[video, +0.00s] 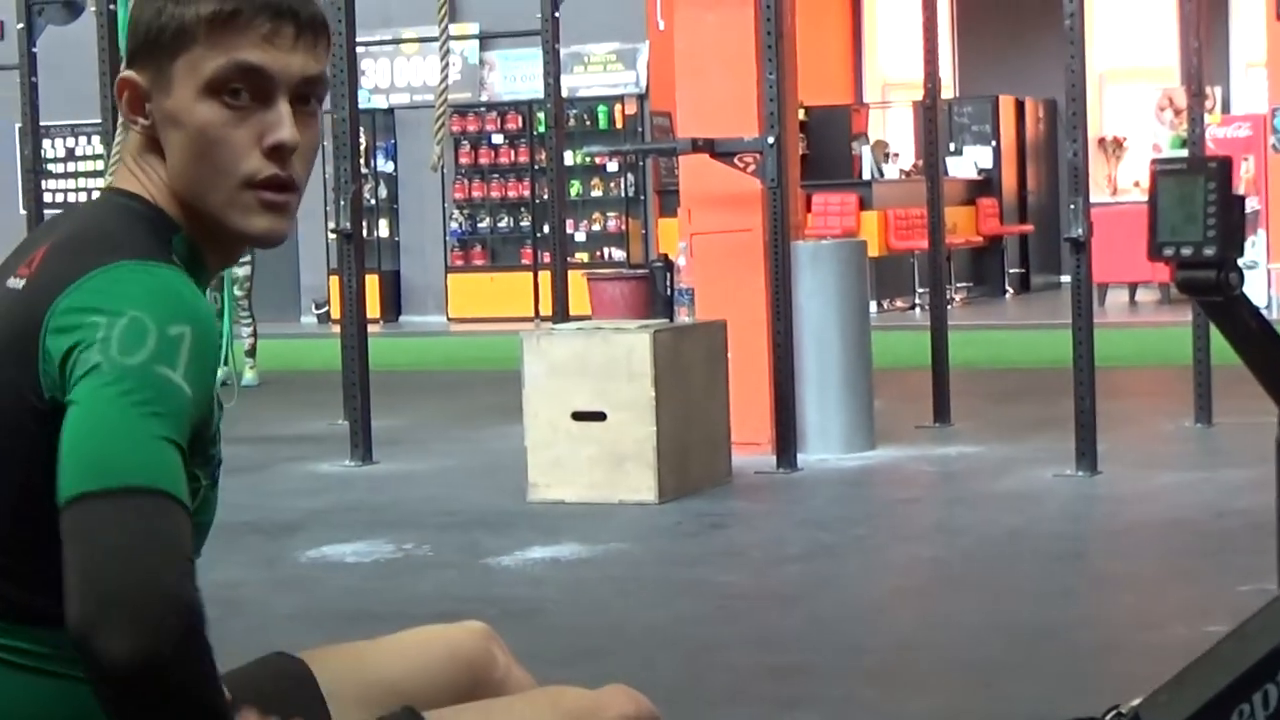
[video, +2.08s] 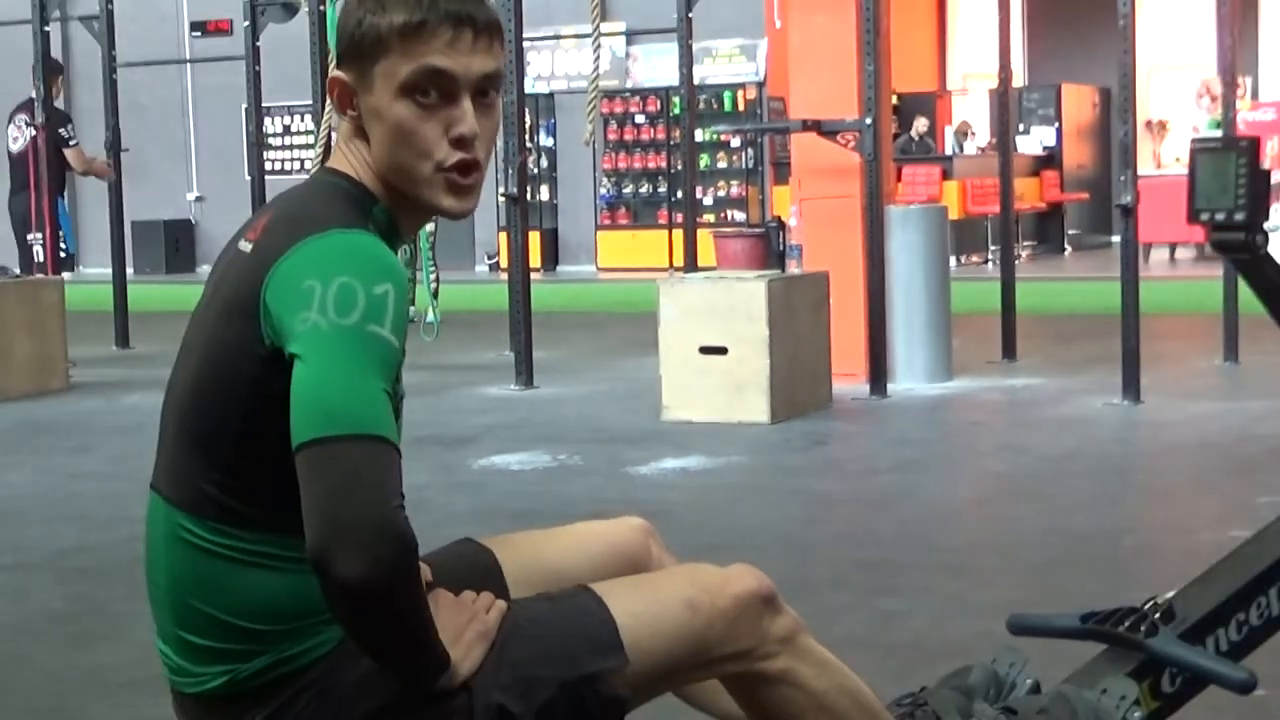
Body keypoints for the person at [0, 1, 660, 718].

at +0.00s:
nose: (287, 137)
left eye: (305, 102)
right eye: (238, 94)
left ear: (322, 116)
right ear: (139, 106)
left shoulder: (97, 255)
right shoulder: (145, 295)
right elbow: (130, 622)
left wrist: (206, 697)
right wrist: (213, 711)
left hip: (75, 688)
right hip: (86, 701)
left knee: (472, 653)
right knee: (620, 707)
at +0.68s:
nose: (347, 170)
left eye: (370, 129)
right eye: (300, 128)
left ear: (393, 134)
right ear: (207, 133)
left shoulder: (169, 274)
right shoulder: (208, 325)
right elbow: (213, 679)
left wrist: (261, 695)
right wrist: (287, 708)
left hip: (108, 692)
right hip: (132, 718)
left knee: (566, 653)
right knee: (708, 711)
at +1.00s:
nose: (423, 114)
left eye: (446, 78)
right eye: (378, 70)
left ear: (466, 90)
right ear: (283, 74)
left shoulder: (247, 223)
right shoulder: (281, 261)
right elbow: (296, 617)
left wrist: (343, 665)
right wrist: (367, 712)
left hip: (201, 670)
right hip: (221, 703)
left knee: (603, 583)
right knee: (745, 661)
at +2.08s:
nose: (467, 130)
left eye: (485, 95)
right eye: (429, 95)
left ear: (504, 100)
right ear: (349, 103)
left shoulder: (342, 230)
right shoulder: (342, 256)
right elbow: (357, 545)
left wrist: (397, 610)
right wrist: (433, 665)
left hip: (298, 629)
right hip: (301, 684)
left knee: (631, 547)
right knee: (744, 603)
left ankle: (810, 716)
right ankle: (891, 718)